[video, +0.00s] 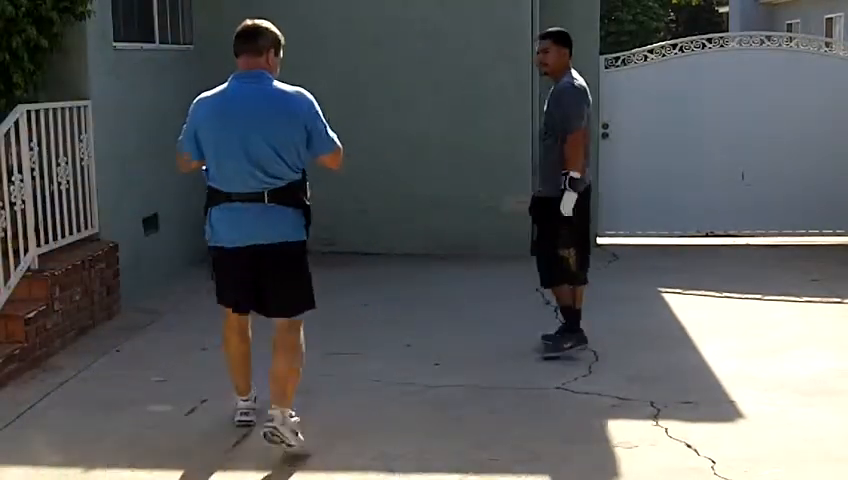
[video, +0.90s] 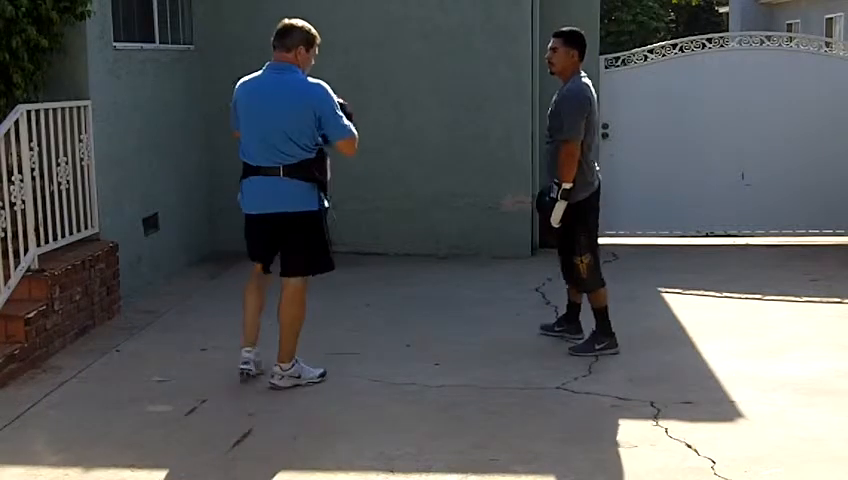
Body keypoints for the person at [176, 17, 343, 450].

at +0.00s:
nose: (279, 62)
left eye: (276, 56)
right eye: (279, 56)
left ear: (236, 56)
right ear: (273, 56)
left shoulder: (205, 104)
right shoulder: (296, 100)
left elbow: (185, 163)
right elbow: (333, 159)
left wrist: (220, 146)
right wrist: (294, 137)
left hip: (227, 231)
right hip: (282, 230)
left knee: (236, 315)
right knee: (288, 321)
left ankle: (244, 404)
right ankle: (282, 417)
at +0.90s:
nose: (313, 60)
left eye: (313, 54)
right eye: (313, 54)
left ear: (275, 49)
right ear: (302, 52)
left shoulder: (244, 86)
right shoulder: (314, 91)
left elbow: (239, 133)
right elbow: (349, 147)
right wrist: (342, 115)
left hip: (255, 195)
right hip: (300, 197)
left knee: (259, 270)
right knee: (294, 280)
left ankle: (247, 353)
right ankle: (286, 365)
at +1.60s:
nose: (326, 59)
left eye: (326, 52)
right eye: (323, 52)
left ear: (298, 52)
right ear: (302, 51)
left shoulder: (281, 81)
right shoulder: (293, 85)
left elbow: (302, 135)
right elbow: (303, 137)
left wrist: (339, 129)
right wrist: (338, 123)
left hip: (280, 190)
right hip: (296, 192)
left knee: (292, 263)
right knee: (315, 262)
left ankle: (290, 341)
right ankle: (296, 343)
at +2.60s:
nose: (335, 51)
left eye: (334, 45)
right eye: (330, 45)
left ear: (312, 51)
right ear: (310, 51)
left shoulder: (314, 84)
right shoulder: (287, 91)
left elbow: (322, 136)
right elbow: (283, 149)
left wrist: (352, 134)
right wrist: (323, 165)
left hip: (320, 189)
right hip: (302, 193)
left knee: (322, 260)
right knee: (312, 262)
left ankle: (319, 330)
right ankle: (304, 345)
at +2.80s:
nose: (345, 53)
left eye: (343, 46)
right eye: (340, 46)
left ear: (320, 51)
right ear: (321, 50)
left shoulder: (318, 83)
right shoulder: (298, 88)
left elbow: (326, 133)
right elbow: (279, 138)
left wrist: (353, 145)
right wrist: (279, 184)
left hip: (326, 190)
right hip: (311, 192)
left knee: (322, 261)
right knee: (316, 263)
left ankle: (319, 330)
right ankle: (304, 344)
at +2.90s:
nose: (345, 52)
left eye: (344, 46)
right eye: (341, 45)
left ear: (319, 49)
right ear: (325, 48)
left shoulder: (318, 82)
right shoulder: (305, 84)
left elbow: (314, 133)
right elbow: (288, 134)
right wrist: (284, 174)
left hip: (325, 189)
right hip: (313, 191)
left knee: (322, 260)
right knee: (317, 262)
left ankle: (318, 329)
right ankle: (305, 344)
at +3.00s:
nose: (345, 52)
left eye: (343, 46)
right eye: (341, 46)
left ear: (313, 50)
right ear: (325, 48)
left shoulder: (294, 82)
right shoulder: (316, 81)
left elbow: (282, 131)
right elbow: (306, 127)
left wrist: (303, 154)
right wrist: (317, 159)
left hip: (306, 190)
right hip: (318, 192)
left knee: (314, 261)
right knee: (319, 262)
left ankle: (318, 329)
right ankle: (305, 344)